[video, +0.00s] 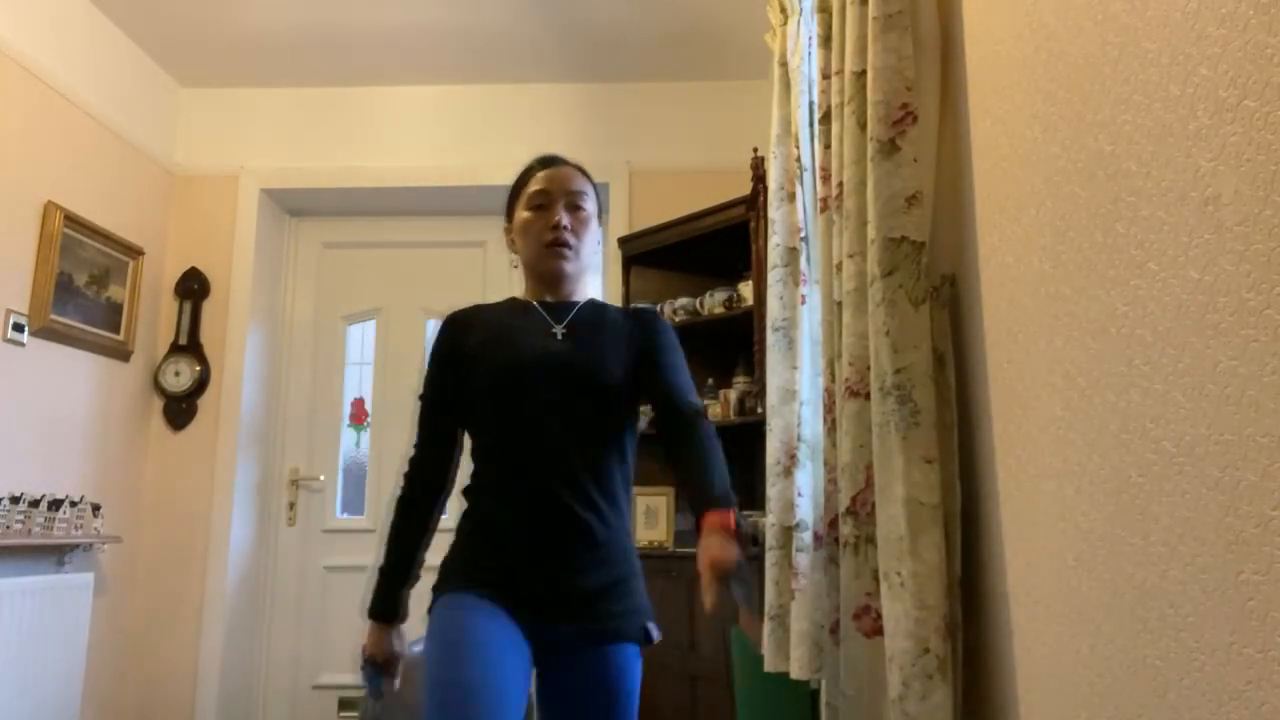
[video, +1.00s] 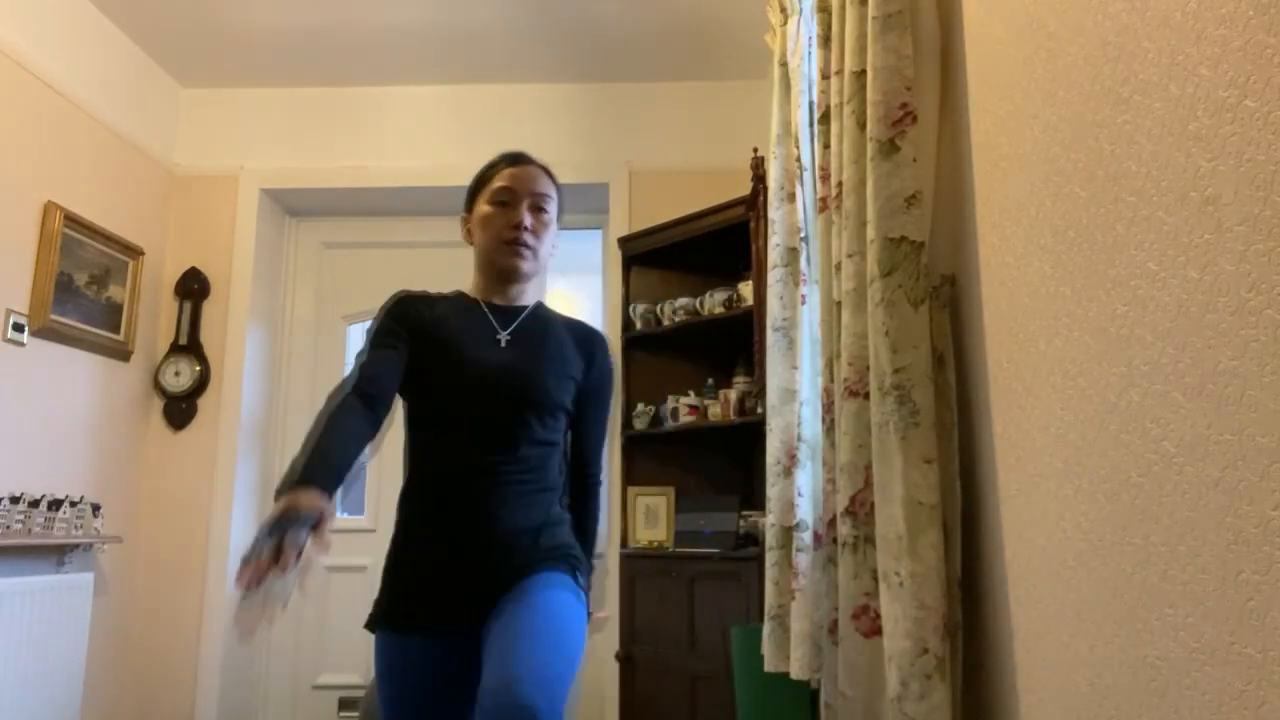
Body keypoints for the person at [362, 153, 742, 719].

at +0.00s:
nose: (559, 217)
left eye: (577, 205)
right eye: (539, 204)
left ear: (599, 234)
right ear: (512, 235)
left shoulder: (641, 331)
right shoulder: (468, 332)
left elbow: (687, 423)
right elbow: (429, 477)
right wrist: (385, 612)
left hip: (600, 591)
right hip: (485, 588)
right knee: (468, 707)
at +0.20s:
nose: (570, 211)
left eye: (589, 200)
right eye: (551, 198)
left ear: (613, 226)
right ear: (524, 228)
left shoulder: (637, 321)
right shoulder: (483, 331)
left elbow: (676, 343)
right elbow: (458, 472)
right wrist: (431, 610)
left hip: (603, 595)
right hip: (498, 593)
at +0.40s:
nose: (558, 221)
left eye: (576, 209)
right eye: (545, 210)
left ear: (604, 230)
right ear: (524, 228)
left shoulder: (636, 331)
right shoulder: (480, 343)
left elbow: (654, 316)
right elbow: (455, 485)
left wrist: (604, 235)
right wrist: (434, 627)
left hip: (606, 599)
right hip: (497, 599)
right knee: (503, 500)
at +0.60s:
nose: (565, 213)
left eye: (582, 202)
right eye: (546, 198)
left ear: (604, 230)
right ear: (516, 224)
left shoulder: (639, 319)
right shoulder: (471, 327)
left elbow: (678, 360)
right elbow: (442, 467)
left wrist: (686, 395)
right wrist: (404, 605)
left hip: (602, 568)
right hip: (492, 555)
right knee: (491, 703)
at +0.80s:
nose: (545, 225)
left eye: (563, 214)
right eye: (527, 208)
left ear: (579, 240)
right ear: (493, 231)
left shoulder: (611, 350)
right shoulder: (438, 331)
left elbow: (650, 478)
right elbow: (394, 469)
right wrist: (340, 608)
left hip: (571, 627)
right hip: (450, 621)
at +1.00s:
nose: (523, 217)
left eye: (540, 208)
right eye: (504, 201)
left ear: (555, 236)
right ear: (470, 225)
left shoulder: (585, 349)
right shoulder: (415, 316)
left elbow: (584, 479)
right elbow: (364, 399)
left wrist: (579, 580)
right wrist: (308, 491)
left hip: (538, 570)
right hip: (426, 574)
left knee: (519, 702)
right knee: (413, 709)